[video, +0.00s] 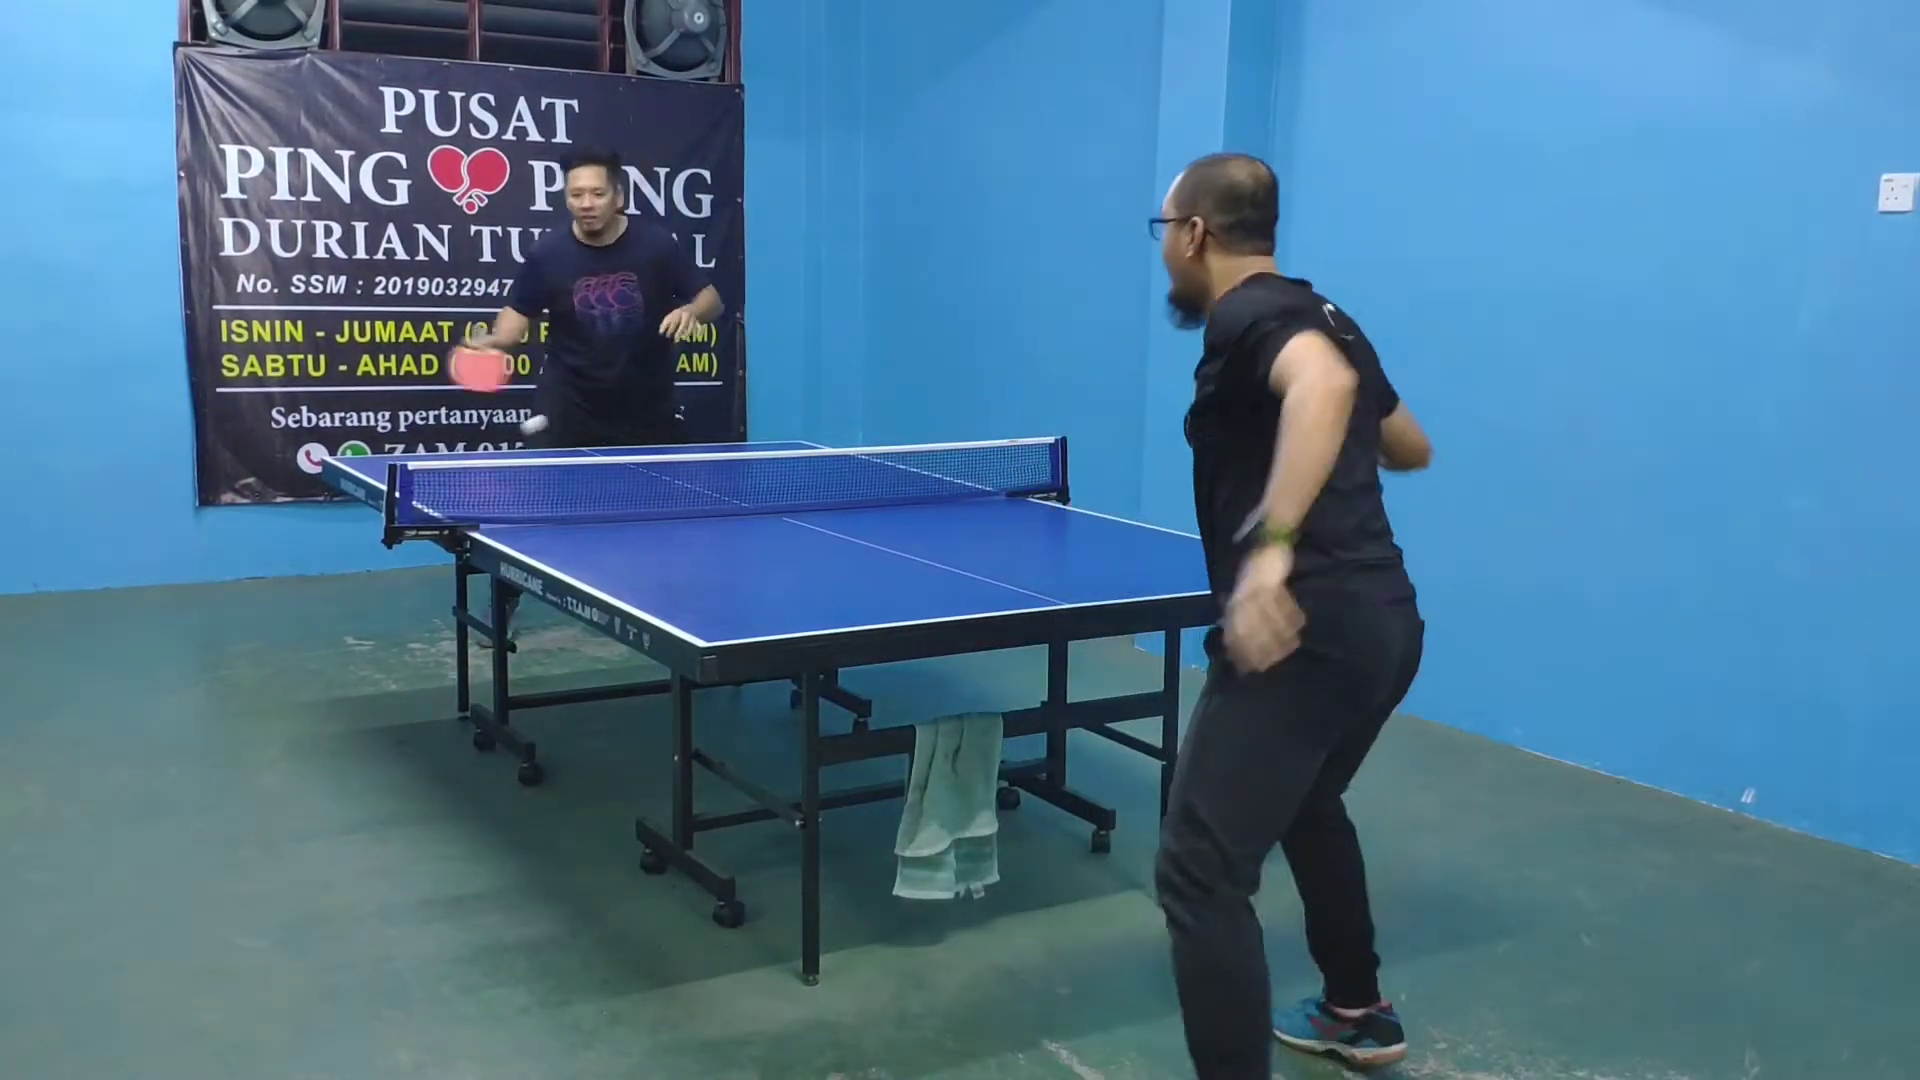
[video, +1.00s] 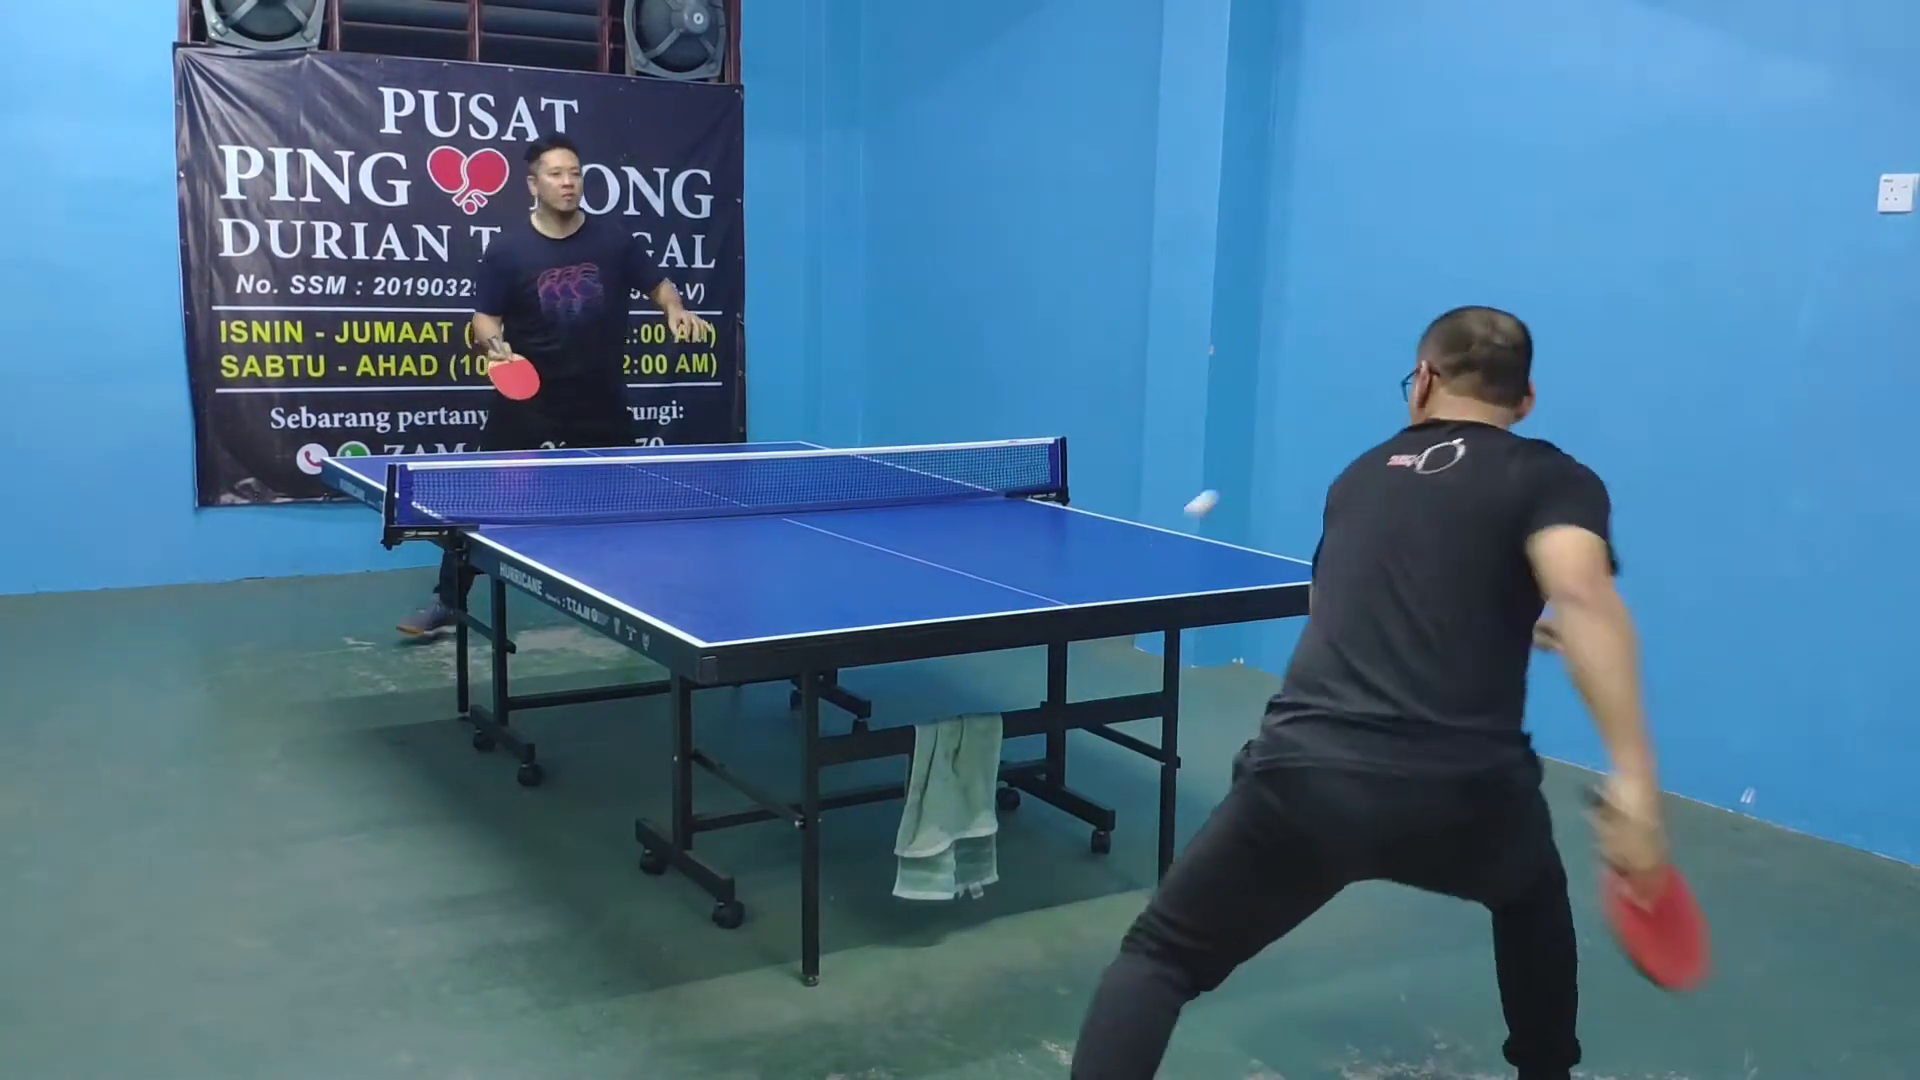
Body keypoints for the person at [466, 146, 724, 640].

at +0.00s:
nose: (585, 204)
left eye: (595, 194)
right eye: (576, 195)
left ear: (618, 196)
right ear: (567, 200)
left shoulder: (655, 244)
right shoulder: (549, 254)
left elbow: (711, 297)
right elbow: (517, 313)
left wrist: (692, 311)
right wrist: (497, 341)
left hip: (648, 409)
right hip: (574, 411)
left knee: (660, 510)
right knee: (540, 505)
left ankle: (664, 609)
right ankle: (502, 605)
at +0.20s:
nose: (514, 216)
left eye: (526, 205)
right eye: (508, 206)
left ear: (558, 204)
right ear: (502, 208)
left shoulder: (607, 248)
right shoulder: (497, 269)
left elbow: (669, 286)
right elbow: (448, 322)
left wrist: (688, 320)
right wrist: (397, 339)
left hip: (616, 413)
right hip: (537, 417)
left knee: (667, 509)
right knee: (497, 514)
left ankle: (689, 623)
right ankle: (455, 620)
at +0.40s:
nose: (472, 221)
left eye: (482, 209)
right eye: (463, 211)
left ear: (511, 208)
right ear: (456, 213)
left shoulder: (558, 243)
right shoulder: (457, 278)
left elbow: (612, 273)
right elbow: (432, 344)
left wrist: (648, 308)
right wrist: (420, 373)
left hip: (584, 404)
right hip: (506, 412)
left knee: (645, 495)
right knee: (477, 509)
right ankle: (451, 621)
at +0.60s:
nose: (493, 202)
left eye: (501, 192)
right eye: (480, 194)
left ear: (517, 197)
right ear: (463, 204)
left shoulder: (553, 234)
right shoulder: (455, 269)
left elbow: (602, 267)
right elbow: (445, 338)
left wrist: (636, 291)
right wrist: (468, 350)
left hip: (574, 398)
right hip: (501, 408)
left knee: (628, 493)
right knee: (478, 508)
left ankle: (667, 610)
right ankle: (451, 621)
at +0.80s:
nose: (541, 195)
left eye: (548, 186)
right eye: (528, 187)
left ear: (559, 193)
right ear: (507, 197)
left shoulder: (589, 252)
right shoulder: (485, 268)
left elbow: (636, 292)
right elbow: (459, 336)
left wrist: (661, 309)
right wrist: (480, 357)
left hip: (592, 417)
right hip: (520, 423)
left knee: (625, 514)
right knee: (489, 518)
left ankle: (665, 623)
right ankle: (454, 623)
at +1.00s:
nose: (568, 182)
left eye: (574, 173)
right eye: (556, 174)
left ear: (583, 180)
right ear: (533, 184)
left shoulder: (612, 239)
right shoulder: (509, 247)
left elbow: (656, 283)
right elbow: (484, 316)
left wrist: (677, 310)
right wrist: (494, 340)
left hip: (600, 399)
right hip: (528, 404)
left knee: (636, 498)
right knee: (476, 494)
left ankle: (659, 609)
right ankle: (449, 601)